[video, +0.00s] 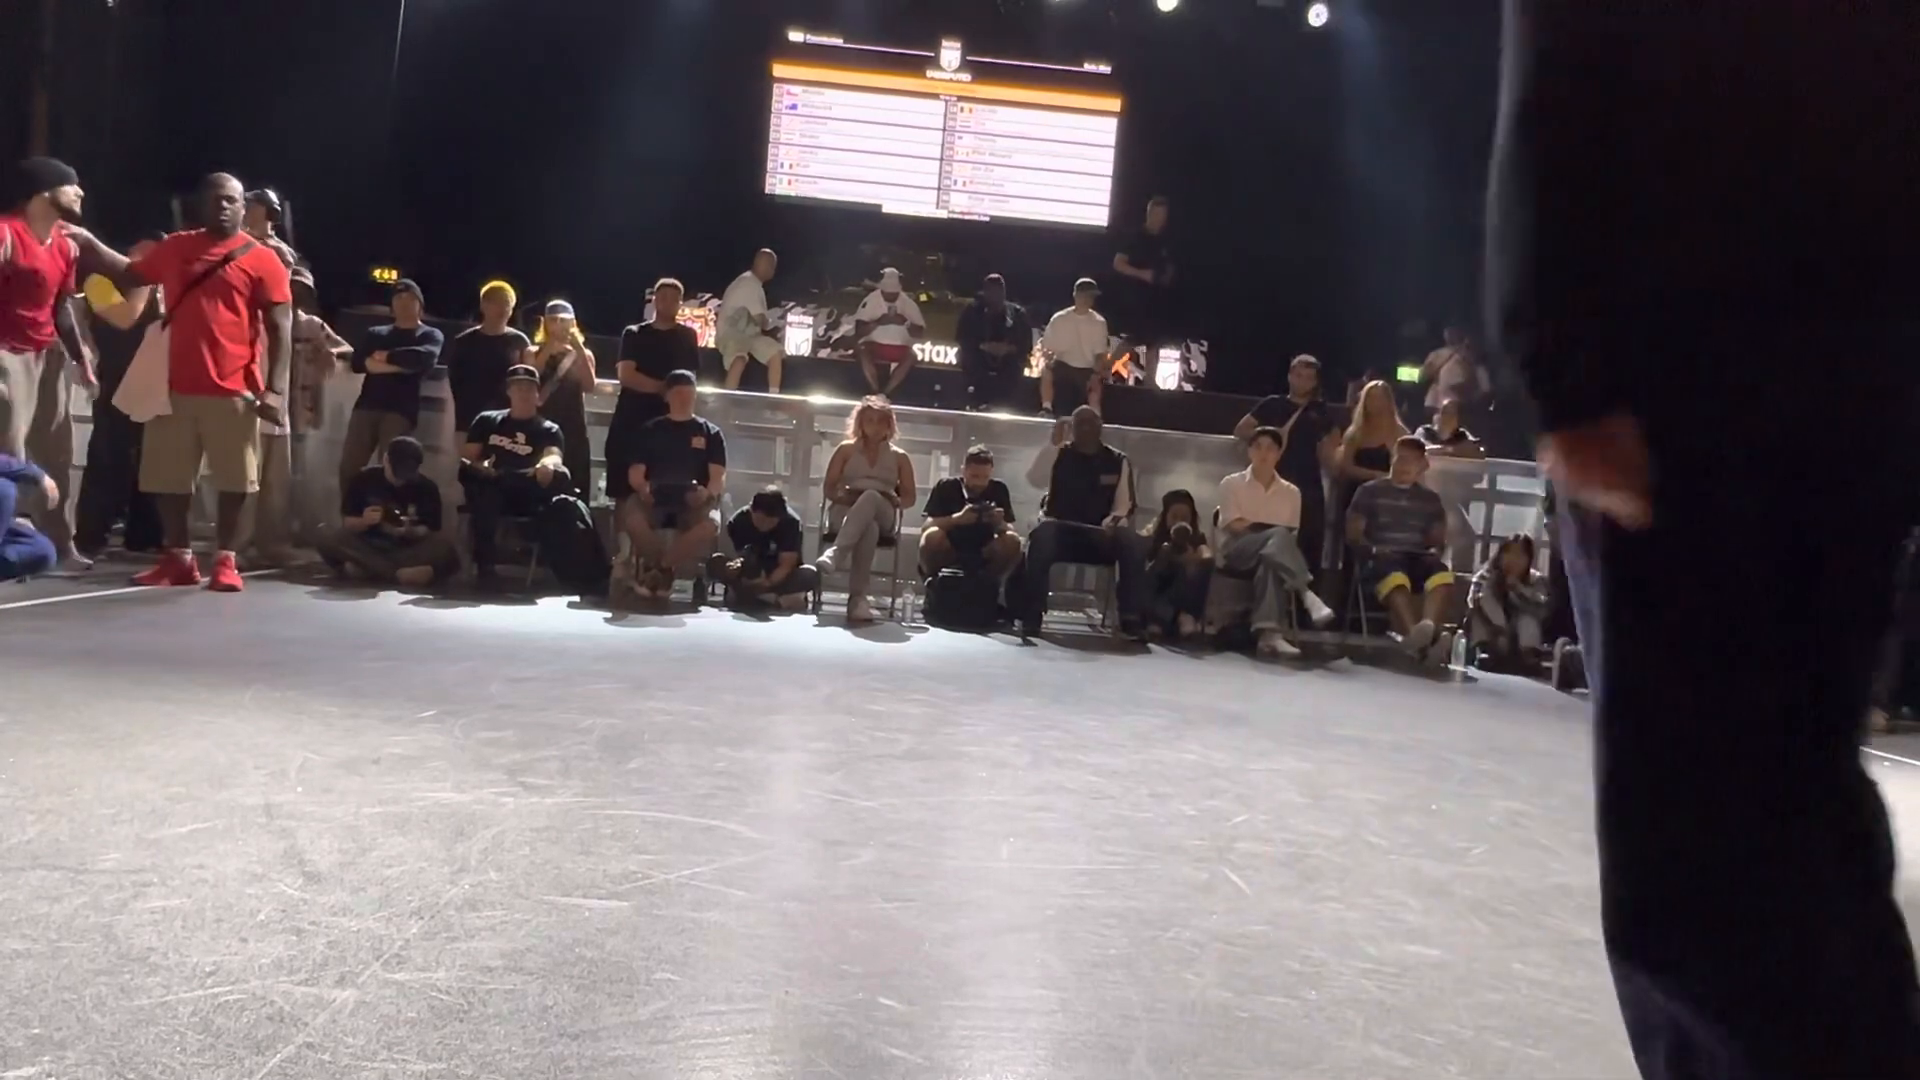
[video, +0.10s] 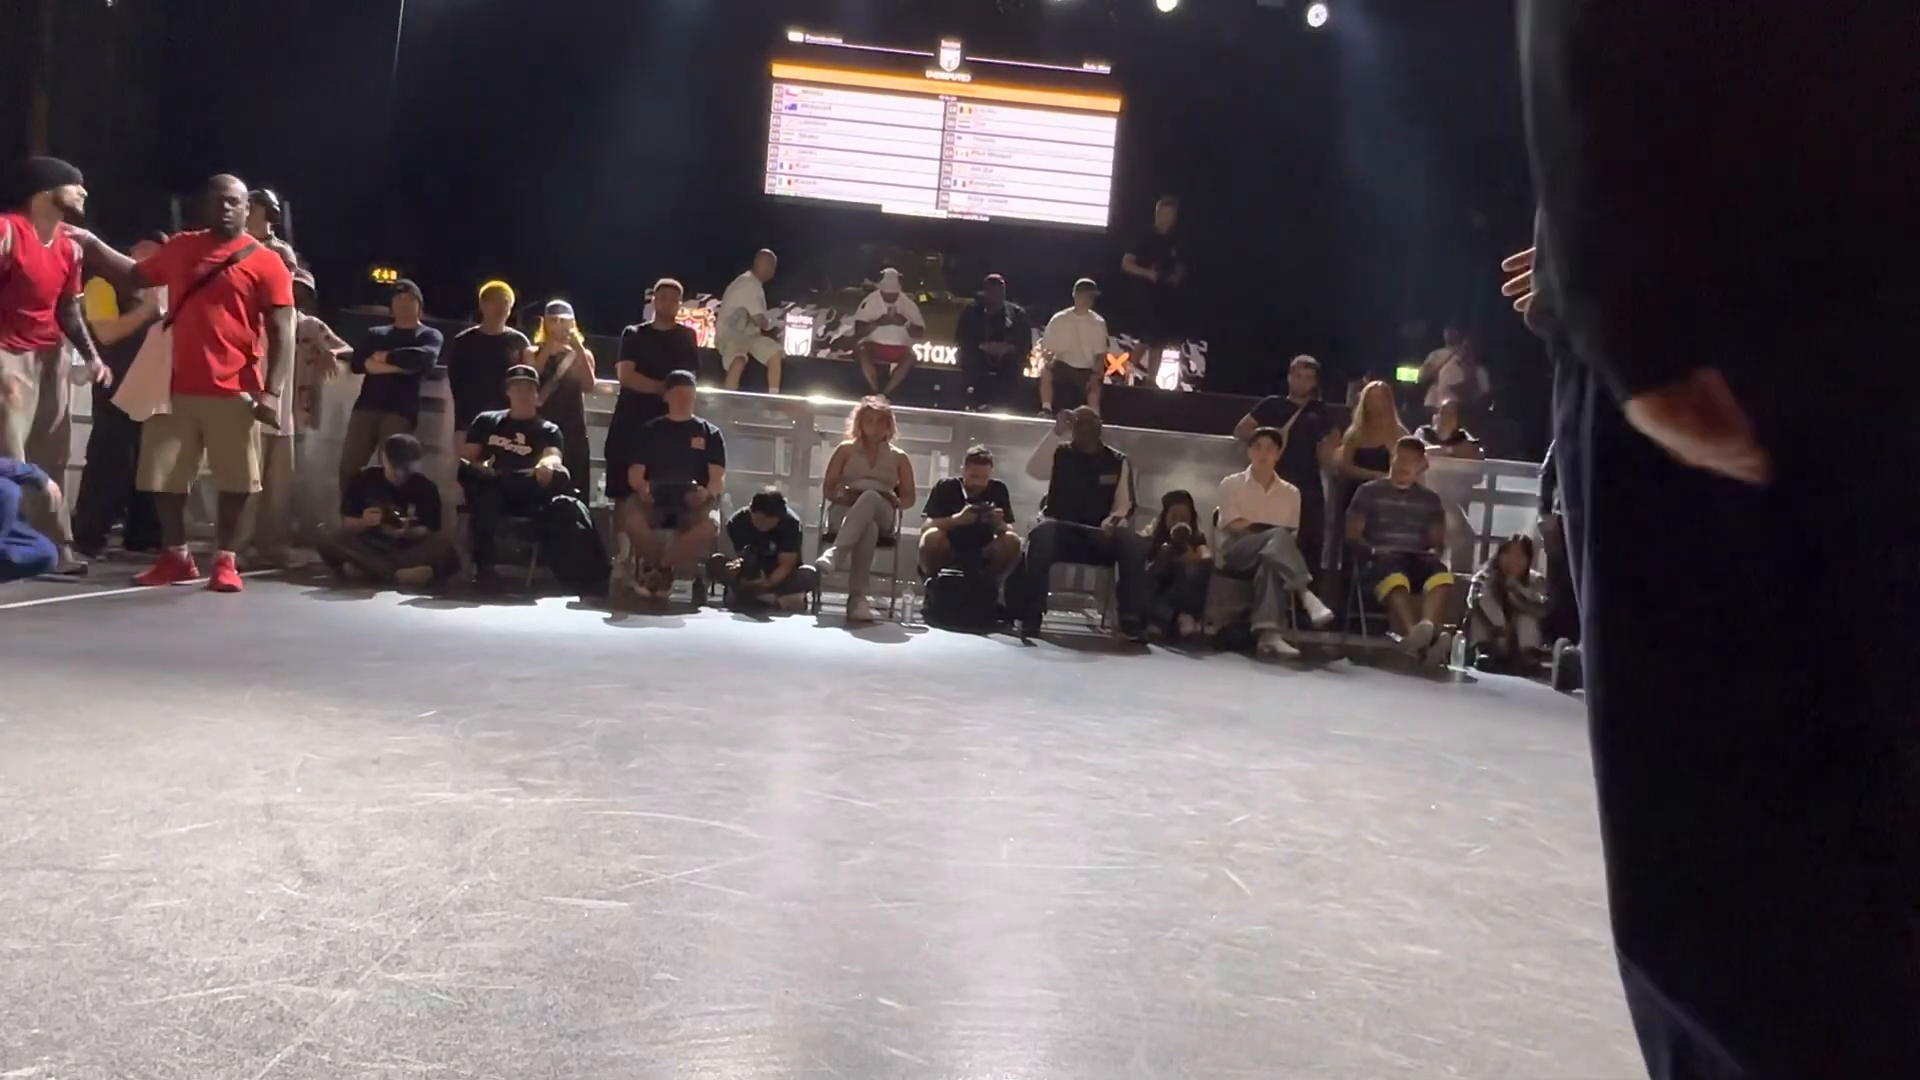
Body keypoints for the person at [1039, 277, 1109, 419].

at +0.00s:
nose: (1087, 299)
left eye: (1090, 296)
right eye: (1083, 295)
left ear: (1093, 298)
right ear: (1075, 296)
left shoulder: (1099, 322)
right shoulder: (1059, 318)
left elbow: (1101, 354)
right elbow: (1046, 345)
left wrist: (1096, 375)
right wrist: (1048, 358)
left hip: (1088, 366)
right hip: (1063, 364)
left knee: (1096, 382)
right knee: (1047, 371)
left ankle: (1095, 416)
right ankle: (1046, 408)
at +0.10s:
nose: (1087, 300)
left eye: (1090, 296)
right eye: (1083, 295)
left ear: (1093, 298)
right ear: (1075, 296)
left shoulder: (1098, 323)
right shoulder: (1059, 319)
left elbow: (1100, 354)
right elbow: (1046, 346)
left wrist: (1095, 376)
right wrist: (1047, 359)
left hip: (1087, 367)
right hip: (1063, 364)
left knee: (1095, 381)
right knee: (1046, 371)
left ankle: (1094, 416)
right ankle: (1046, 408)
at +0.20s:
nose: (1086, 301)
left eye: (1090, 298)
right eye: (1082, 297)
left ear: (1093, 300)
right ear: (1075, 297)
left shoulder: (1099, 324)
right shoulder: (1059, 320)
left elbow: (1101, 355)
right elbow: (1046, 346)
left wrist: (1096, 377)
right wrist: (1048, 361)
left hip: (1087, 368)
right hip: (1063, 365)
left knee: (1095, 383)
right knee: (1046, 373)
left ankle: (1094, 418)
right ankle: (1047, 410)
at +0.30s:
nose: (1087, 302)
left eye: (1090, 298)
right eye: (1084, 298)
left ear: (1093, 300)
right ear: (1075, 298)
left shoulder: (1099, 325)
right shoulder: (1059, 321)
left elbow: (1100, 356)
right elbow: (1046, 348)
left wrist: (1096, 379)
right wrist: (1047, 362)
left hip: (1087, 370)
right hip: (1063, 367)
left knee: (1095, 384)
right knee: (1046, 373)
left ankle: (1095, 419)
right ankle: (1046, 410)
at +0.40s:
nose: (1087, 303)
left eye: (1090, 299)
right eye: (1083, 298)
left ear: (1092, 301)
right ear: (1074, 298)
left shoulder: (1098, 325)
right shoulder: (1058, 321)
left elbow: (1100, 357)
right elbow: (1046, 348)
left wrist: (1095, 380)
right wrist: (1047, 362)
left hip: (1086, 371)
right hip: (1062, 367)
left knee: (1094, 384)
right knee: (1045, 374)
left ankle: (1094, 420)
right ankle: (1046, 410)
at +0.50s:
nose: (1083, 303)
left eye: (1087, 299)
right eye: (1080, 298)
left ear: (1090, 301)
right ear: (1072, 299)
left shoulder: (1096, 325)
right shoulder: (1056, 322)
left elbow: (1098, 358)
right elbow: (1044, 349)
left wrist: (1092, 381)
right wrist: (1045, 363)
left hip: (1085, 370)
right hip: (1060, 367)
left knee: (1093, 384)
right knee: (1043, 374)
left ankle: (1093, 419)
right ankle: (1044, 410)